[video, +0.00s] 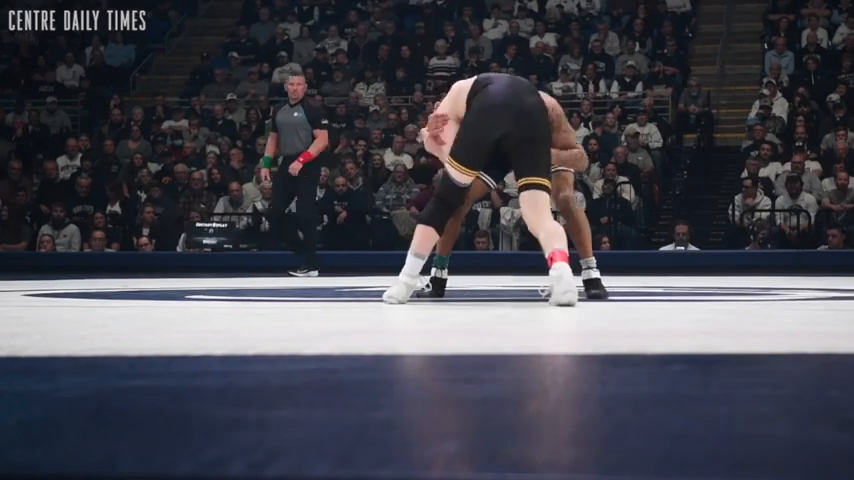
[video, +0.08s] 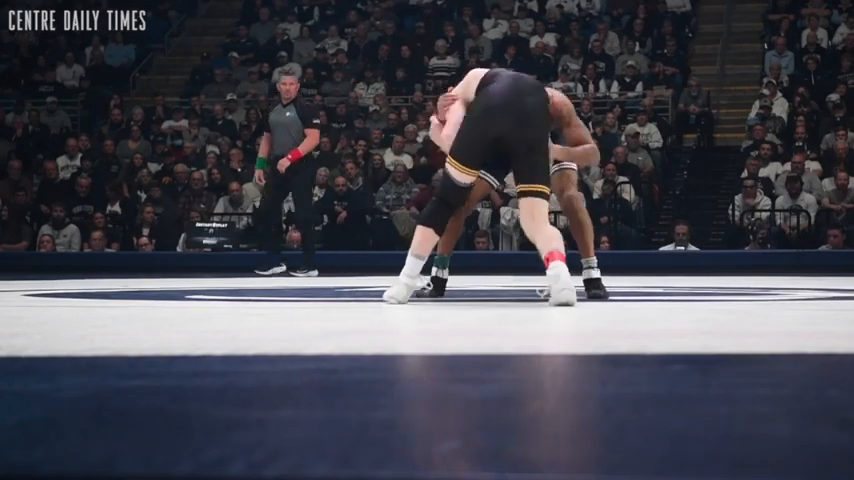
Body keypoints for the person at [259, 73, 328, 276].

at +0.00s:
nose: (295, 88)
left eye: (299, 84)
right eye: (292, 84)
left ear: (305, 86)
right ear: (286, 87)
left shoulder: (313, 108)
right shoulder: (279, 111)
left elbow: (322, 139)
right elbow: (273, 138)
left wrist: (301, 160)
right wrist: (266, 165)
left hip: (308, 165)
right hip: (286, 165)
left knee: (305, 212)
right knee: (276, 213)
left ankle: (311, 264)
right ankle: (302, 254)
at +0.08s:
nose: (287, 88)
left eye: (291, 84)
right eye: (283, 84)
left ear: (298, 86)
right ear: (277, 86)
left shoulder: (306, 109)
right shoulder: (273, 112)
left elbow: (313, 138)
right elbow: (267, 140)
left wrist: (290, 158)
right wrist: (260, 165)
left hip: (301, 166)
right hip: (278, 166)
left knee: (303, 213)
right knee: (268, 210)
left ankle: (308, 263)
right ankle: (275, 260)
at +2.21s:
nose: (60, 76)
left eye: (65, 71)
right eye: (56, 71)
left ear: (70, 75)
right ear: (48, 73)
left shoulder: (77, 99)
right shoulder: (38, 99)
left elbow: (90, 133)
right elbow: (29, 129)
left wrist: (83, 165)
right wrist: (19, 155)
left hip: (67, 159)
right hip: (44, 159)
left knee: (57, 210)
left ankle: (55, 267)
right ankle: (86, 248)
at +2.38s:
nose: (44, 73)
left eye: (49, 68)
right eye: (40, 68)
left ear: (54, 71)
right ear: (31, 70)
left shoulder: (61, 95)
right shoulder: (23, 95)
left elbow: (72, 129)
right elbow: (13, 126)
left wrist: (58, 158)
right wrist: (4, 154)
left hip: (51, 158)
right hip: (27, 158)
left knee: (52, 207)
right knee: (24, 209)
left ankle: (56, 263)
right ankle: (39, 259)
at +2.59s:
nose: (22, 73)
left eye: (26, 68)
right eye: (18, 68)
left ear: (32, 71)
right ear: (9, 70)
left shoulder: (41, 94)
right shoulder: (3, 95)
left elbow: (52, 128)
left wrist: (33, 154)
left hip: (31, 157)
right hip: (6, 159)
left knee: (42, 206)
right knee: (7, 208)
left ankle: (52, 263)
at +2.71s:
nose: (5, 72)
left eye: (9, 68)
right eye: (2, 67)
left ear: (15, 70)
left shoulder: (21, 94)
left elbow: (36, 128)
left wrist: (21, 157)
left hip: (15, 156)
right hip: (5, 157)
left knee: (26, 207)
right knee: (22, 208)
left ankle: (51, 262)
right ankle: (48, 261)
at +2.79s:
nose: (0, 69)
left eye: (1, 65)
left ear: (5, 67)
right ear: (1, 68)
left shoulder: (10, 91)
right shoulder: (10, 92)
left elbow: (27, 125)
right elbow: (26, 125)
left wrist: (16, 158)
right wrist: (16, 157)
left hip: (8, 156)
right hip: (6, 156)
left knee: (19, 208)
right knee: (18, 209)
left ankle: (43, 257)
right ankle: (43, 256)